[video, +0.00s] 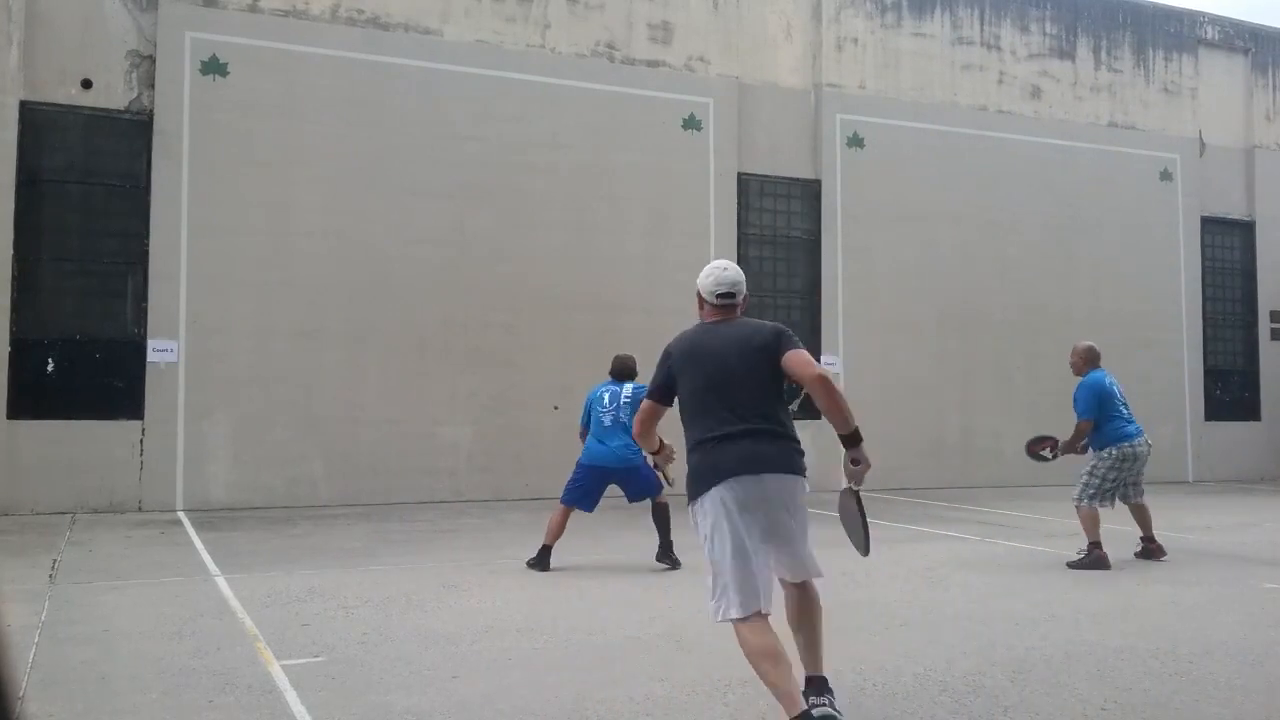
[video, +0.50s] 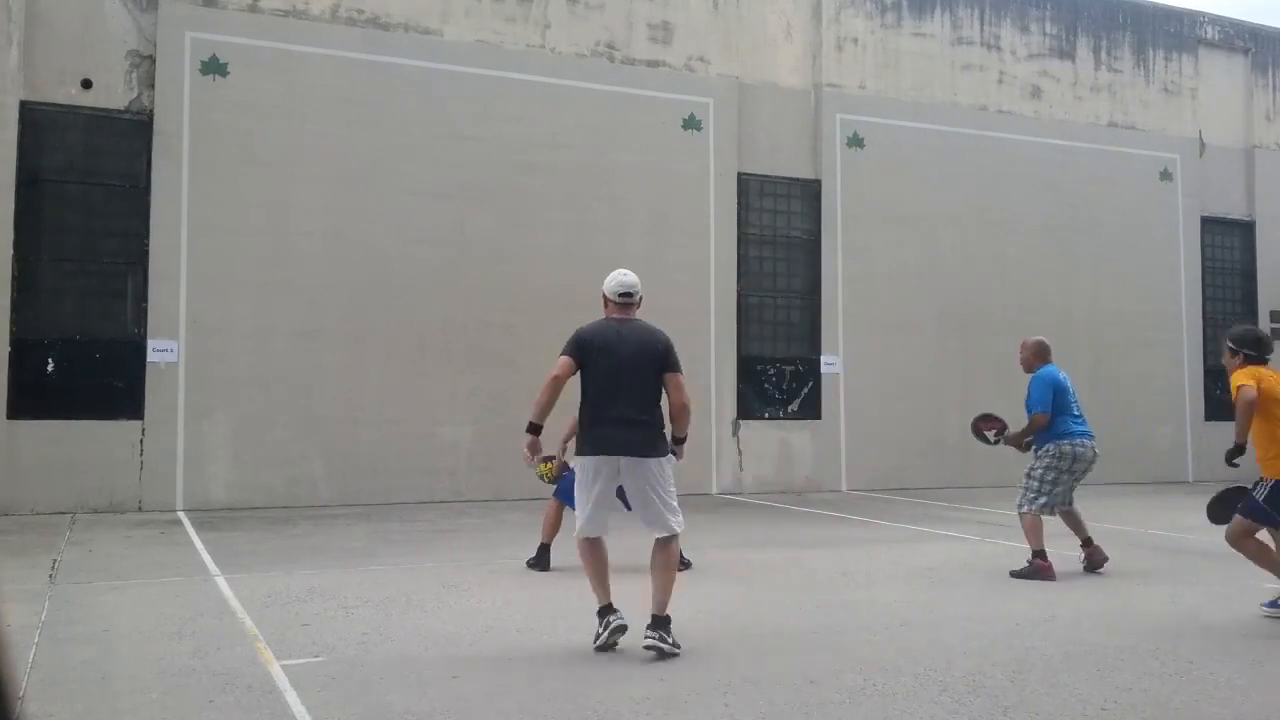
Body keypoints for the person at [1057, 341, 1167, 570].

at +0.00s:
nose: (1070, 362)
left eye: (1073, 358)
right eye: (1071, 358)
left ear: (1083, 361)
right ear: (1091, 361)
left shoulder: (1088, 385)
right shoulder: (1106, 378)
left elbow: (1084, 426)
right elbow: (1108, 421)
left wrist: (1068, 445)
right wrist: (1086, 445)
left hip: (1118, 449)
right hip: (1138, 444)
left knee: (1084, 497)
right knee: (1131, 494)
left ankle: (1095, 552)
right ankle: (1151, 544)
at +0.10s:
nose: (1058, 352)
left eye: (1061, 348)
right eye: (1058, 348)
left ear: (1074, 350)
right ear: (1079, 350)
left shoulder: (1077, 374)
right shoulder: (1095, 367)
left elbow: (1075, 416)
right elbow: (1093, 409)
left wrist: (1056, 432)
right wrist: (1072, 431)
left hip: (1105, 443)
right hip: (1127, 436)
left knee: (1079, 495)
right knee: (1124, 490)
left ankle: (1095, 551)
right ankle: (1139, 545)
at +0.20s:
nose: (1048, 344)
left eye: (1052, 339)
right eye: (1048, 339)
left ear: (1066, 341)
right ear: (1071, 340)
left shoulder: (1070, 364)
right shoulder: (1086, 358)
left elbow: (1074, 402)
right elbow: (1088, 404)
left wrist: (1054, 421)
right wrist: (1064, 423)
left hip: (1094, 433)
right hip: (1116, 429)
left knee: (1070, 491)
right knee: (1103, 490)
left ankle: (1091, 545)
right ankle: (1116, 545)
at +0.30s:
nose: (1040, 346)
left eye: (1044, 341)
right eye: (1040, 341)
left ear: (1058, 342)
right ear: (1062, 342)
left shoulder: (1064, 365)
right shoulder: (1079, 361)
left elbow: (1070, 404)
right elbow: (1080, 408)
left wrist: (1045, 421)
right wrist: (1054, 425)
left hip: (1082, 435)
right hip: (1104, 433)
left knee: (1052, 490)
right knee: (1087, 494)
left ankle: (1068, 549)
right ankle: (1100, 551)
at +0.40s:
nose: (1031, 354)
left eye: (1035, 349)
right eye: (1032, 349)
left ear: (1048, 350)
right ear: (1053, 351)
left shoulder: (1057, 373)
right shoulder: (1069, 370)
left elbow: (1057, 413)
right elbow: (1064, 416)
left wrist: (1033, 429)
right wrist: (1040, 433)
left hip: (1069, 443)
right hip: (1090, 442)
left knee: (1041, 500)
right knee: (1074, 503)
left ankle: (1041, 560)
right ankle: (1097, 553)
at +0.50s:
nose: (1019, 358)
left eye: (1022, 354)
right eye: (1020, 354)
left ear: (1035, 357)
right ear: (1044, 356)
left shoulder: (1042, 377)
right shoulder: (1058, 375)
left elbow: (1040, 418)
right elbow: (1057, 421)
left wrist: (1017, 436)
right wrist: (1030, 441)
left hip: (1063, 446)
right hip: (1085, 446)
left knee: (1028, 503)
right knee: (1061, 501)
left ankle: (1040, 561)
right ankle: (1091, 550)